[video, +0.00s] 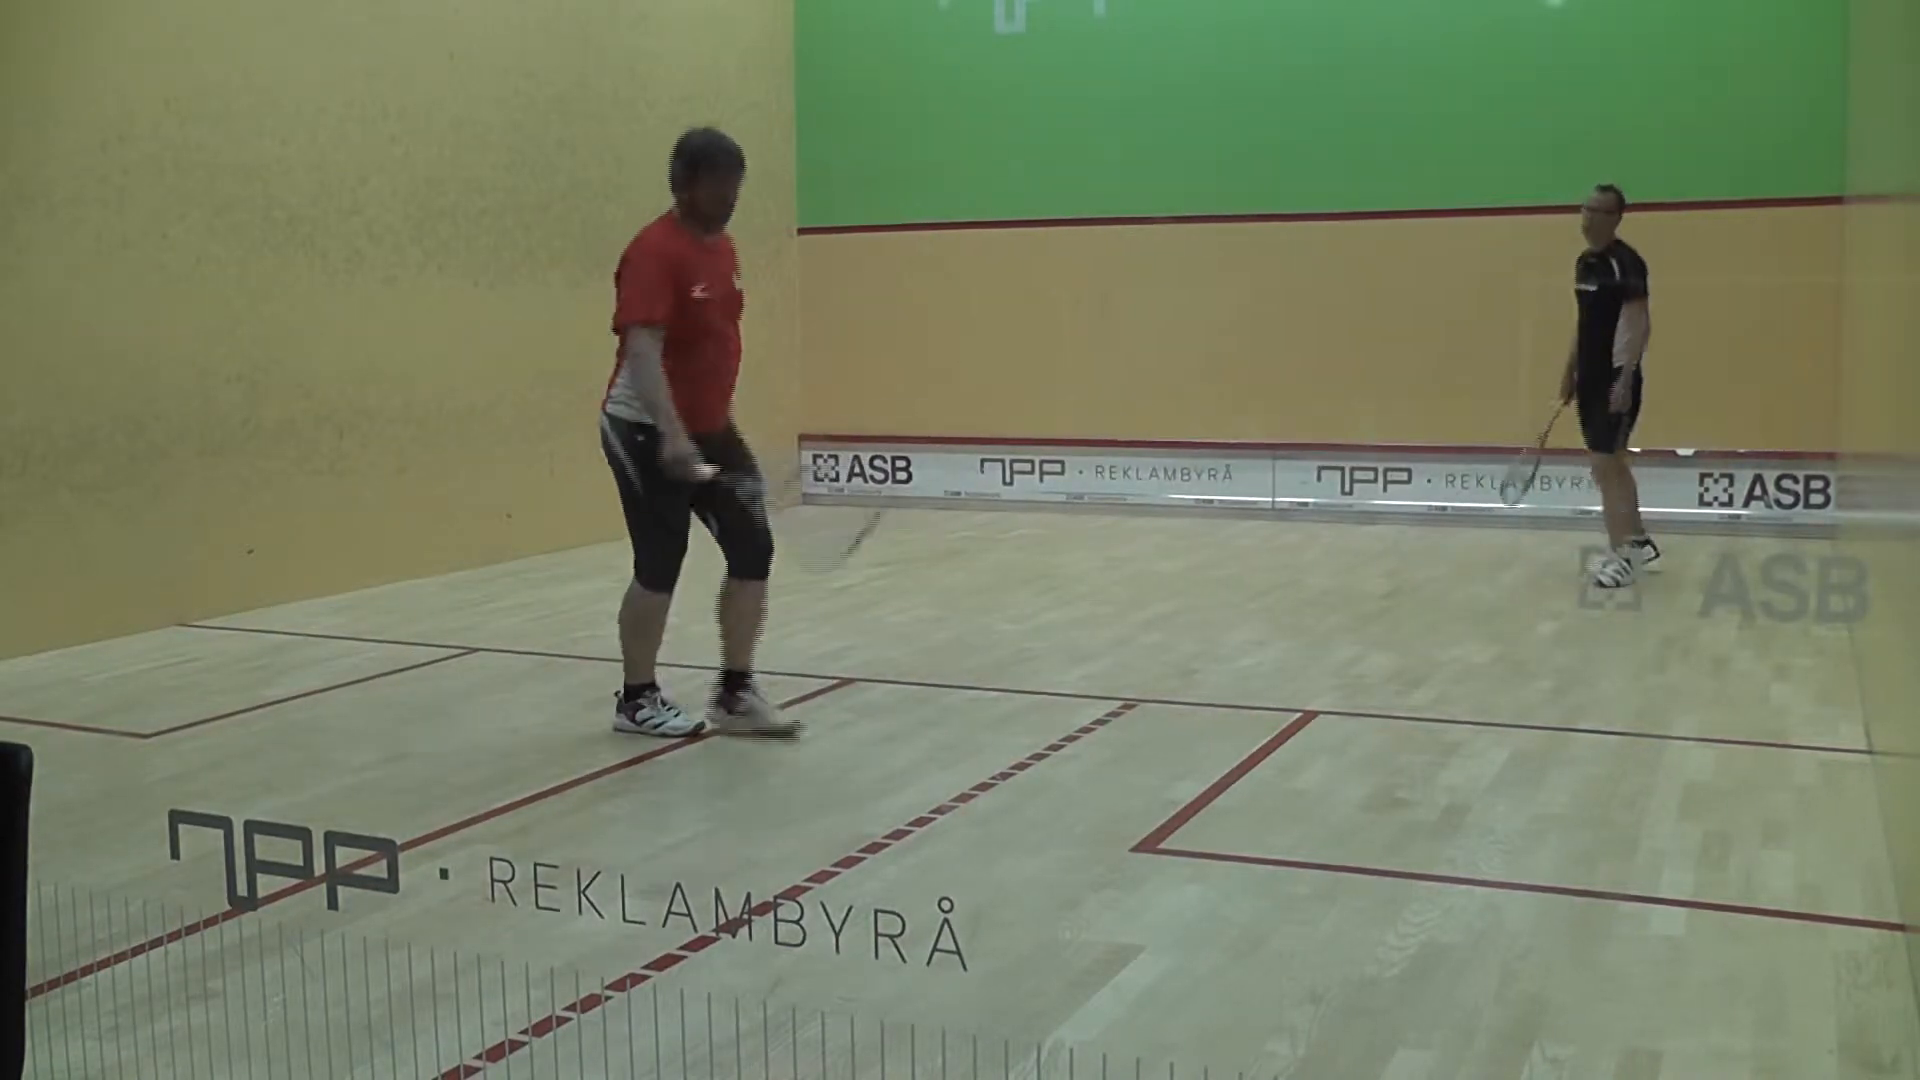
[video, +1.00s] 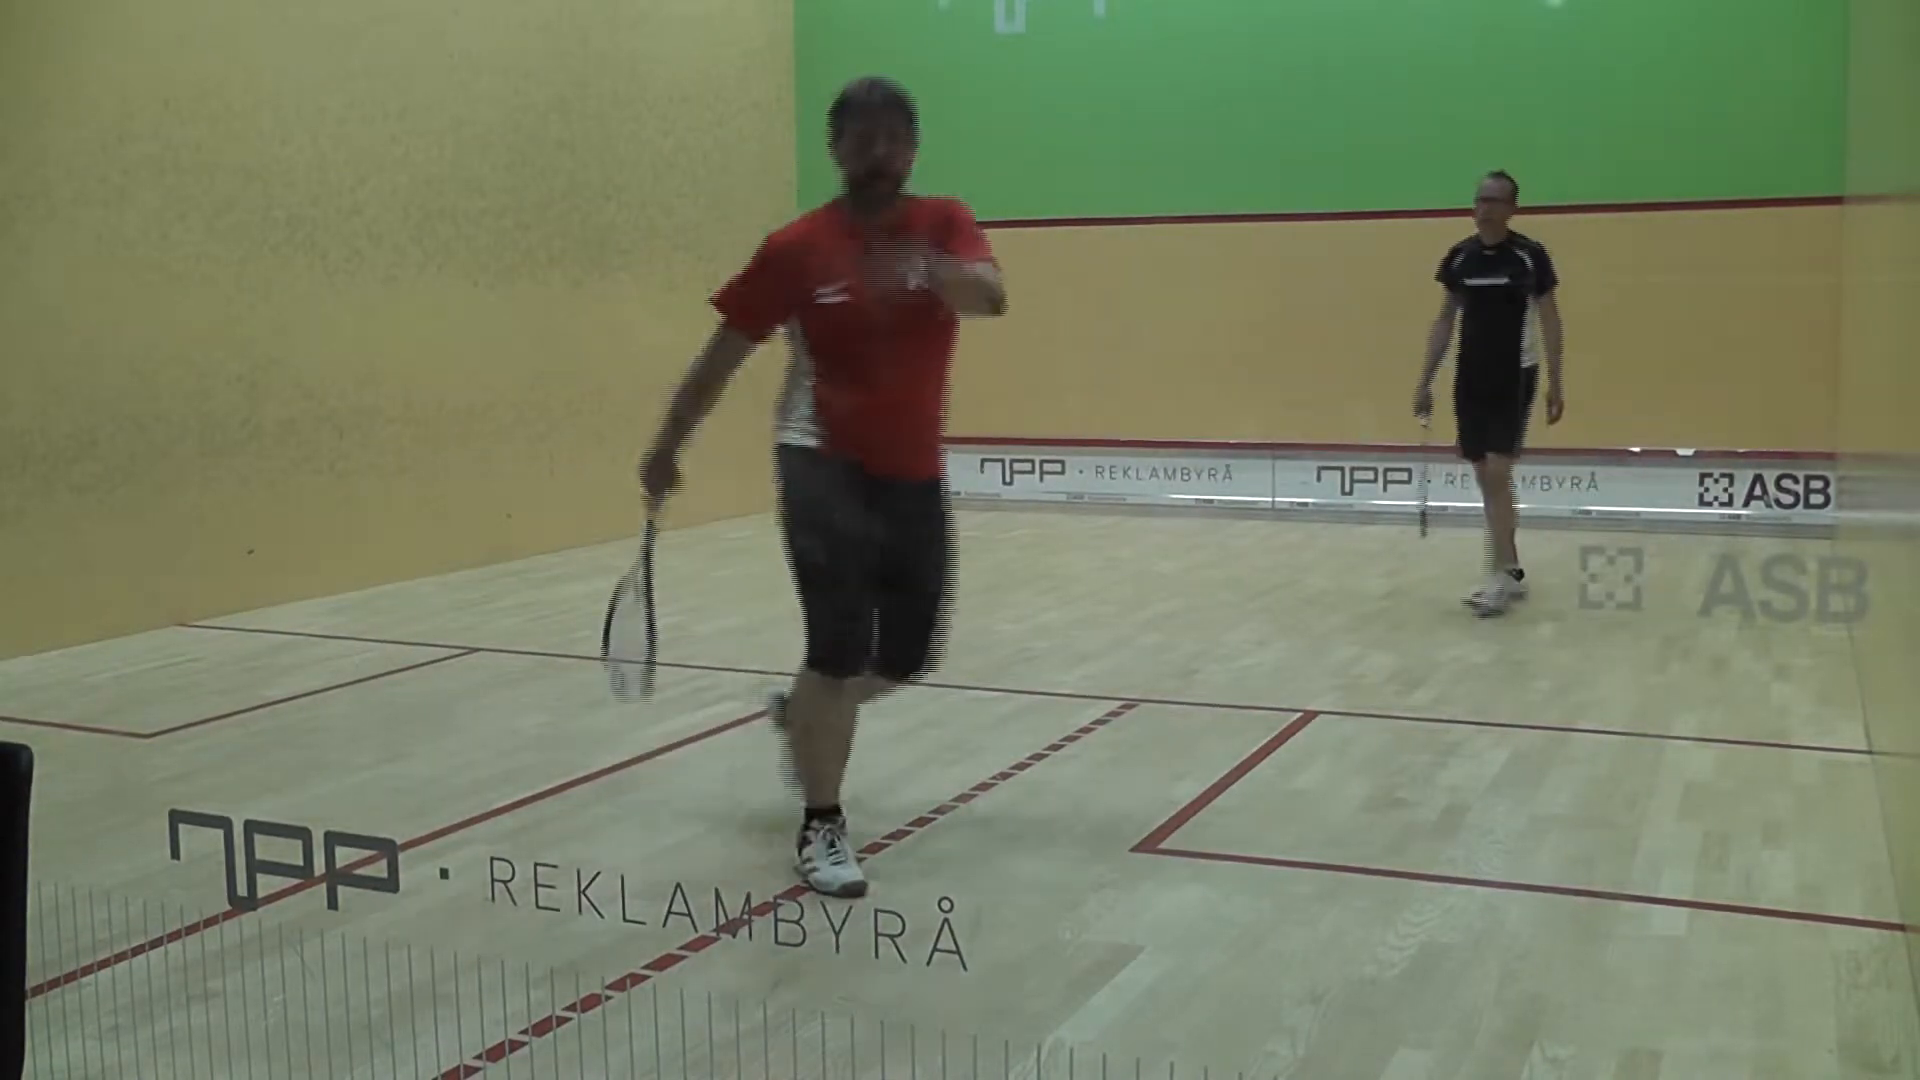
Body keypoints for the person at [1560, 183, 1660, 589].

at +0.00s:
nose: (1587, 218)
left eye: (1597, 212)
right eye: (1586, 210)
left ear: (1617, 218)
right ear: (1583, 213)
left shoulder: (1628, 263)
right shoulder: (1586, 262)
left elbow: (1637, 325)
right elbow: (1585, 323)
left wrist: (1625, 380)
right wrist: (1571, 371)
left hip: (1617, 377)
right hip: (1591, 375)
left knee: (1606, 466)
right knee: (1610, 463)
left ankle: (1623, 556)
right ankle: (1636, 539)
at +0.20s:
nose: (1583, 214)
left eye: (1593, 208)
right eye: (1580, 207)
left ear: (1611, 214)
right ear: (1575, 210)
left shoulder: (1628, 260)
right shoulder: (1572, 262)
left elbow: (1644, 326)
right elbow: (1573, 327)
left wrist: (1646, 385)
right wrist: (1559, 379)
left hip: (1613, 375)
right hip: (1577, 375)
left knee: (1606, 465)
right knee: (1562, 459)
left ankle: (1619, 556)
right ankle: (1602, 535)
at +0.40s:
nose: (1566, 213)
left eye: (1575, 207)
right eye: (1562, 206)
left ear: (1593, 213)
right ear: (1556, 211)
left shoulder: (1613, 257)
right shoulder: (1552, 262)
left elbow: (1638, 319)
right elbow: (1552, 322)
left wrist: (1647, 382)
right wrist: (1534, 373)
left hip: (1604, 375)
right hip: (1560, 374)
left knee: (1604, 465)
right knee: (1533, 456)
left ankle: (1619, 558)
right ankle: (1544, 557)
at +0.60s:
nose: (1534, 223)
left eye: (1543, 216)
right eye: (1530, 215)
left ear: (1563, 221)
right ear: (1525, 219)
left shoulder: (1584, 267)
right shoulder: (1520, 272)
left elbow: (1611, 329)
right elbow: (1515, 337)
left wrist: (1616, 393)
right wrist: (1495, 392)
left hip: (1576, 387)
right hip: (1531, 387)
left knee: (1591, 473)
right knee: (1515, 471)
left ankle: (1617, 557)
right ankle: (1513, 571)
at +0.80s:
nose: (1509, 211)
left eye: (1518, 204)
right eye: (1504, 203)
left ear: (1534, 211)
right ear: (1496, 208)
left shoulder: (1555, 257)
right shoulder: (1488, 262)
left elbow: (1575, 321)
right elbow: (1478, 327)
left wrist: (1576, 381)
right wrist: (1460, 386)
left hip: (1541, 381)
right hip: (1497, 380)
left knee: (1540, 477)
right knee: (1494, 474)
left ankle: (1574, 551)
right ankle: (1510, 572)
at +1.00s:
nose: (1485, 207)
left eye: (1495, 201)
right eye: (1480, 200)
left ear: (1512, 207)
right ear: (1473, 205)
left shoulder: (1531, 257)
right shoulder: (1460, 258)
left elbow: (1550, 320)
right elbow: (1445, 320)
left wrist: (1555, 383)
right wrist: (1425, 381)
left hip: (1514, 372)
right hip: (1471, 372)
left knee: (1496, 472)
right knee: (1485, 474)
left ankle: (1504, 573)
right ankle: (1508, 567)